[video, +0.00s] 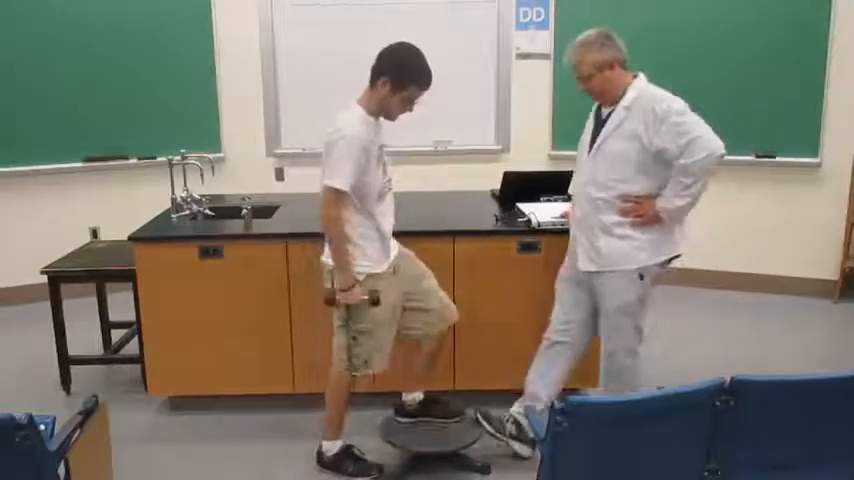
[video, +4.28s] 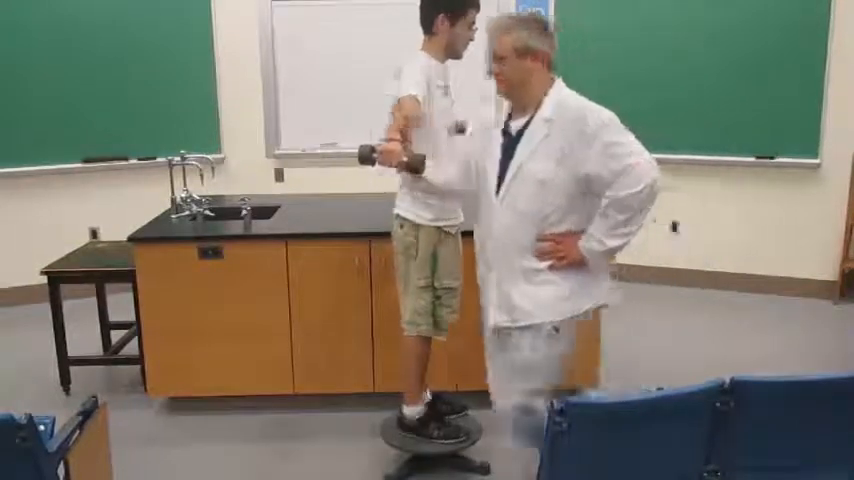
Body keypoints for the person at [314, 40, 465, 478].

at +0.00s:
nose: (411, 108)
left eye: (416, 100)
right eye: (410, 99)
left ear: (386, 86)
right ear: (384, 84)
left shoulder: (370, 126)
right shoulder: (351, 132)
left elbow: (364, 202)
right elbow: (330, 210)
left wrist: (386, 254)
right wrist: (345, 274)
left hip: (389, 258)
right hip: (359, 270)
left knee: (439, 318)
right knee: (348, 362)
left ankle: (414, 401)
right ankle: (330, 446)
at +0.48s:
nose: (438, 105)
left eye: (443, 97)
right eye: (437, 95)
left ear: (412, 84)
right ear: (411, 82)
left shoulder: (397, 123)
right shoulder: (382, 127)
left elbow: (380, 199)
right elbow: (353, 198)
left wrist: (397, 252)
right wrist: (362, 267)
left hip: (403, 257)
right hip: (375, 267)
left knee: (447, 322)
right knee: (365, 362)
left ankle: (412, 401)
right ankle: (333, 444)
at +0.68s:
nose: (461, 62)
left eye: (465, 54)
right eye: (459, 52)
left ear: (437, 42)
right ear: (434, 38)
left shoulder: (420, 82)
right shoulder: (401, 79)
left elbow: (404, 159)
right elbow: (361, 147)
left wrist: (420, 219)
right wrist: (372, 220)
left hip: (417, 225)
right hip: (395, 227)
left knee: (429, 319)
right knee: (416, 320)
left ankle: (412, 399)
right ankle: (358, 383)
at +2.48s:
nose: (472, 46)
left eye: (475, 37)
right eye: (472, 35)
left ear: (446, 26)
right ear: (450, 26)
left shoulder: (427, 75)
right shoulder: (422, 78)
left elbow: (419, 153)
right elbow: (415, 156)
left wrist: (451, 175)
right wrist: (439, 221)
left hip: (428, 220)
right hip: (422, 222)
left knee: (427, 318)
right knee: (422, 320)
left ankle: (422, 400)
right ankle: (414, 411)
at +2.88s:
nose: (476, 32)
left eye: (477, 23)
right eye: (474, 22)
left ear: (447, 21)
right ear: (458, 20)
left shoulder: (440, 68)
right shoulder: (428, 66)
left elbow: (435, 122)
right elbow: (426, 113)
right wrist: (434, 152)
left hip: (441, 214)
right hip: (425, 214)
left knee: (435, 313)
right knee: (424, 315)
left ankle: (424, 398)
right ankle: (414, 411)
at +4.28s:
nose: (473, 35)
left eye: (474, 26)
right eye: (470, 26)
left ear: (444, 25)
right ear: (443, 24)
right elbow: (408, 106)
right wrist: (402, 134)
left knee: (432, 314)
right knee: (420, 316)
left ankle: (422, 399)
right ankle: (412, 411)